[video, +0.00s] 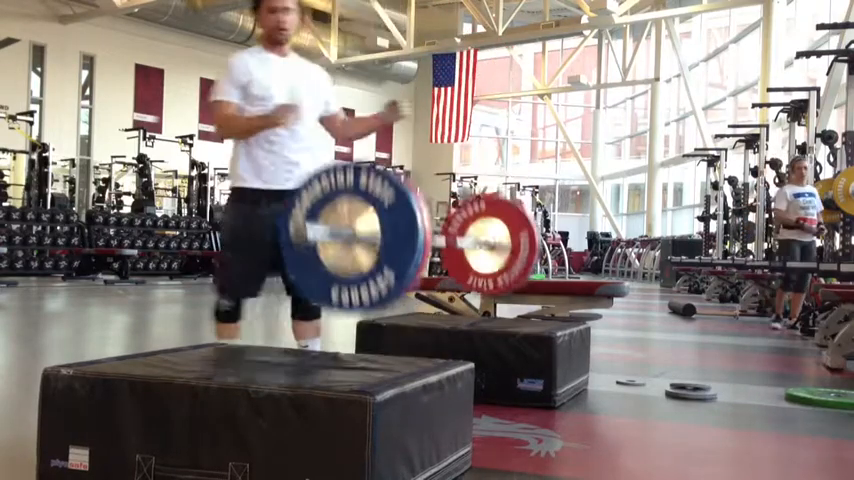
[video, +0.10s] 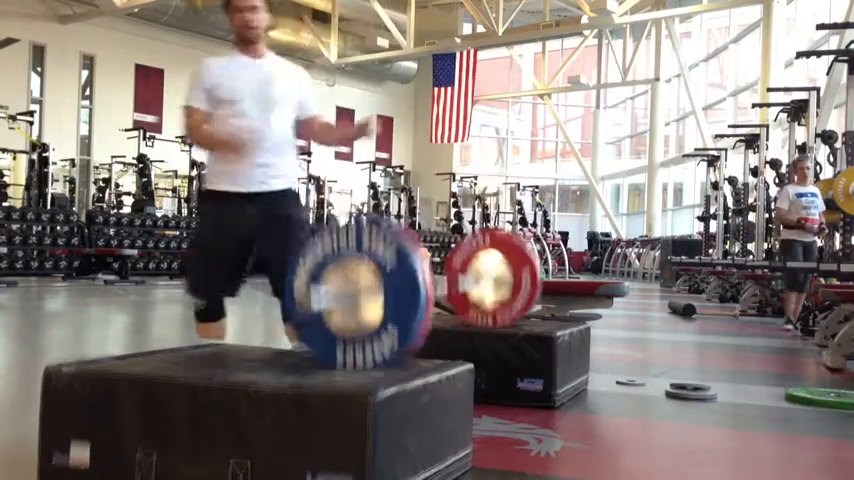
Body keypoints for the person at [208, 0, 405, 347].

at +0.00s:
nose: (281, 19)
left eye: (288, 11)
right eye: (272, 11)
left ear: (298, 18)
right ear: (258, 17)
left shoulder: (314, 74)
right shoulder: (242, 64)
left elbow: (341, 129)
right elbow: (224, 125)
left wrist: (383, 118)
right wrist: (268, 120)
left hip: (305, 196)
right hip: (251, 196)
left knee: (306, 289)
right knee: (230, 294)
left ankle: (313, 373)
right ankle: (227, 371)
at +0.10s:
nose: (249, 18)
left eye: (256, 10)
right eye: (240, 11)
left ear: (269, 17)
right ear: (229, 18)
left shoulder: (293, 75)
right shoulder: (211, 71)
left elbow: (312, 129)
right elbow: (195, 129)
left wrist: (355, 131)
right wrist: (224, 140)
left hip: (280, 198)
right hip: (224, 198)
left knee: (296, 290)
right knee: (207, 293)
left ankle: (309, 372)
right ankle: (214, 376)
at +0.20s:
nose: (212, 15)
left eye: (221, 8)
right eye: (206, 9)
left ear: (242, 16)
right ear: (201, 17)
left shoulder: (266, 73)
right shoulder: (184, 72)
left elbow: (289, 125)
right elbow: (166, 125)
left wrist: (317, 159)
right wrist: (163, 166)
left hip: (254, 199)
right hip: (197, 200)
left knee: (272, 292)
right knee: (194, 294)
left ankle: (287, 372)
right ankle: (212, 375)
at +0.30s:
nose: (180, 12)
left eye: (190, 4)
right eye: (176, 6)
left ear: (212, 12)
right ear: (171, 13)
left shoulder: (238, 68)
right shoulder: (159, 71)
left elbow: (263, 130)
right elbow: (143, 132)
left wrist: (277, 185)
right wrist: (116, 183)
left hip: (224, 191)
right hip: (177, 195)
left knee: (231, 286)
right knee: (191, 292)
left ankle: (245, 369)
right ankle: (211, 371)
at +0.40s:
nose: (149, 10)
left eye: (159, 3)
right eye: (148, 4)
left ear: (184, 10)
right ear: (146, 12)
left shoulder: (209, 65)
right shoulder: (141, 74)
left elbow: (226, 128)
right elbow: (121, 130)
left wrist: (229, 183)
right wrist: (88, 180)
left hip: (199, 184)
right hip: (160, 188)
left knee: (183, 279)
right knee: (178, 280)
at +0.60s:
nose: (87, 12)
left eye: (94, 5)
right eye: (87, 6)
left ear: (119, 12)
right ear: (105, 15)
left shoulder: (138, 62)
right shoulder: (98, 72)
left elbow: (159, 122)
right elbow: (85, 135)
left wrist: (192, 166)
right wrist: (43, 166)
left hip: (130, 194)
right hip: (126, 194)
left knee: (77, 282)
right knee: (170, 283)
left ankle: (26, 371)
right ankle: (205, 364)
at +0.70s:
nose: (49, 10)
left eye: (57, 4)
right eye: (51, 4)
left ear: (81, 14)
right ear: (75, 16)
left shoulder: (92, 58)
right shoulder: (71, 68)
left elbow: (122, 104)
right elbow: (63, 140)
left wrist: (161, 127)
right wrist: (16, 173)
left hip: (87, 191)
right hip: (107, 193)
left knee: (33, 282)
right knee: (137, 283)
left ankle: (10, 377)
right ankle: (190, 360)